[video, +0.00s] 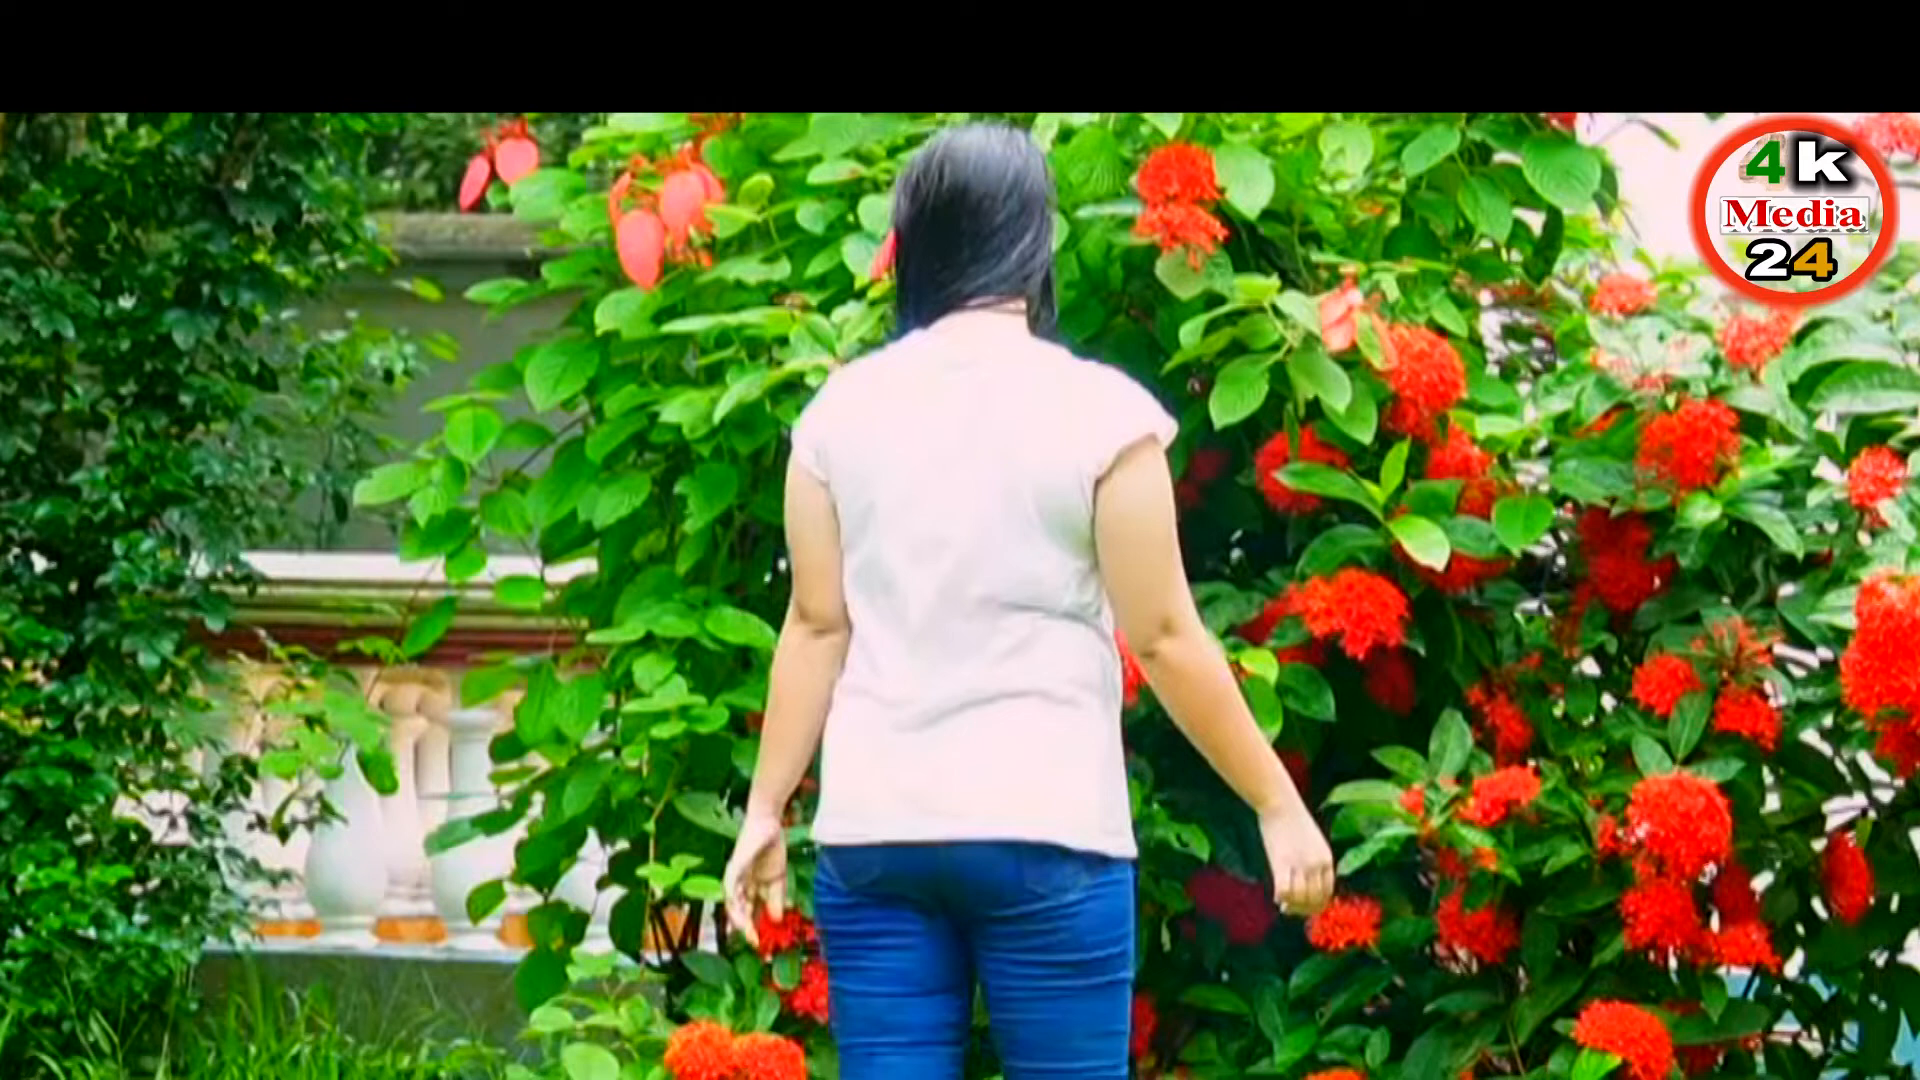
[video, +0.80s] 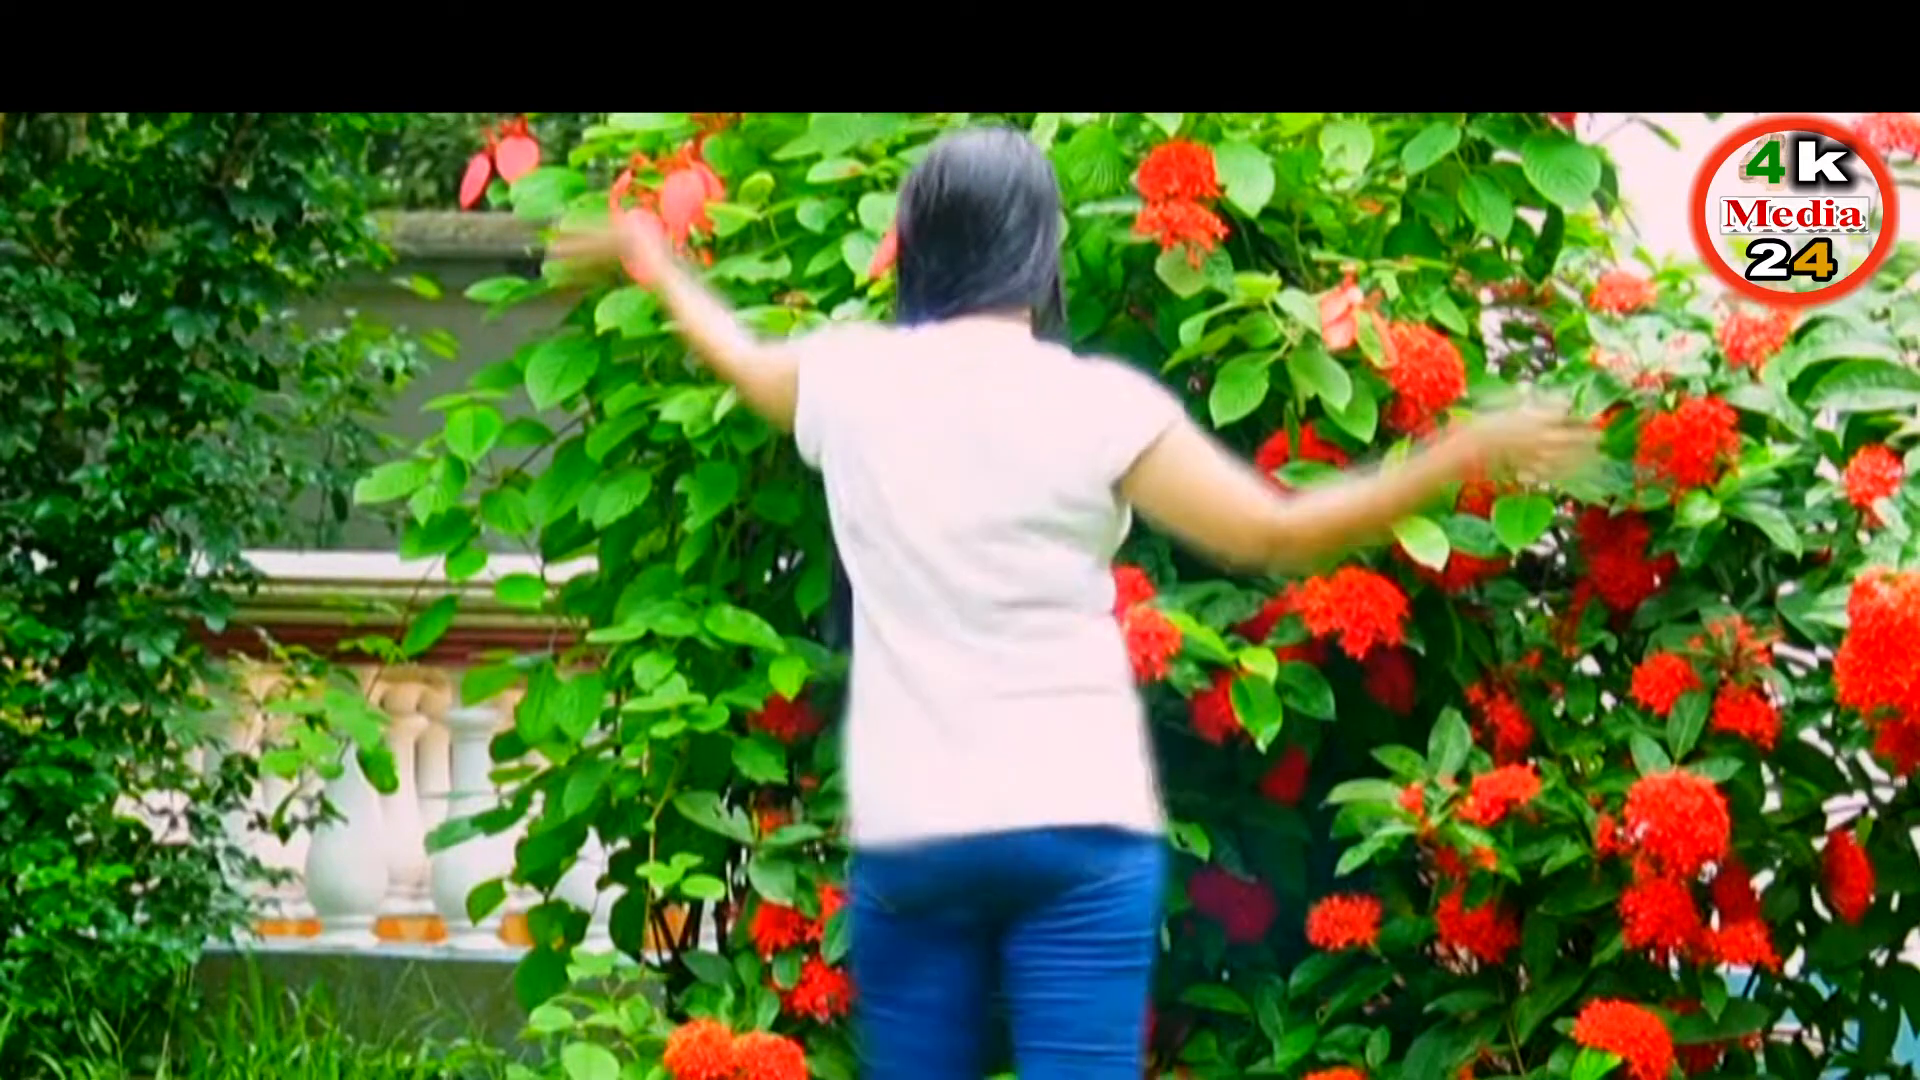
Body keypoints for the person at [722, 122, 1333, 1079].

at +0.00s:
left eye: (899, 228)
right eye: (1041, 226)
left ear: (907, 248)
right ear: (1038, 246)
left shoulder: (838, 409)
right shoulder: (1103, 407)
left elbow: (816, 621)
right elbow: (1164, 635)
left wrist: (765, 805)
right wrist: (1279, 805)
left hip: (871, 820)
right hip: (1049, 816)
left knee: (889, 1067)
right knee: (1070, 1064)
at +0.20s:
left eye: (886, 248)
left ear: (896, 270)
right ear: (1029, 265)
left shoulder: (842, 430)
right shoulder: (1110, 430)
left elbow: (767, 638)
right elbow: (1183, 647)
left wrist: (674, 808)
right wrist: (1314, 796)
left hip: (837, 836)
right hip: (1020, 863)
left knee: (840, 1064)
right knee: (1059, 1064)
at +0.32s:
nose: (877, 262)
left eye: (885, 239)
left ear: (896, 263)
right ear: (1032, 264)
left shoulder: (847, 422)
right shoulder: (1116, 418)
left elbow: (733, 585)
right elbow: (1208, 624)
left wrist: (608, 717)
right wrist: (1368, 757)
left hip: (854, 839)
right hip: (1041, 858)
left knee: (859, 1067)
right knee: (1050, 1068)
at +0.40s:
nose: (870, 255)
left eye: (881, 234)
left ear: (903, 256)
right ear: (1037, 258)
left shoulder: (842, 405)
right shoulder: (1115, 403)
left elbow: (710, 532)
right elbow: (1224, 602)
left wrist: (589, 608)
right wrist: (1400, 700)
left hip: (885, 815)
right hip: (1073, 822)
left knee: (886, 1063)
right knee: (1087, 1062)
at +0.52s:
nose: (878, 242)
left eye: (890, 223)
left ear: (910, 249)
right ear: (1044, 259)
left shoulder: (834, 398)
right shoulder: (1107, 403)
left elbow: (710, 468)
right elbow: (1242, 595)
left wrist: (585, 485)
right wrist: (1447, 632)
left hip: (934, 827)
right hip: (1112, 810)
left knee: (934, 1066)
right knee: (1098, 1067)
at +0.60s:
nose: (881, 239)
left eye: (897, 221)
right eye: (895, 214)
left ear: (918, 260)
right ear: (1044, 273)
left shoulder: (834, 405)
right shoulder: (1104, 425)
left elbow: (725, 434)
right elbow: (1250, 595)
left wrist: (607, 403)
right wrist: (1459, 590)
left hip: (953, 843)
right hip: (1128, 815)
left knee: (966, 1066)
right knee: (1121, 1068)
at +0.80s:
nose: (884, 247)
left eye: (895, 229)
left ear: (905, 253)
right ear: (1046, 257)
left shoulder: (841, 378)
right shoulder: (1099, 401)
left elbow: (734, 356)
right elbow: (1274, 532)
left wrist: (658, 264)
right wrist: (1458, 457)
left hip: (908, 817)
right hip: (1087, 805)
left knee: (913, 1063)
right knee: (1086, 1067)